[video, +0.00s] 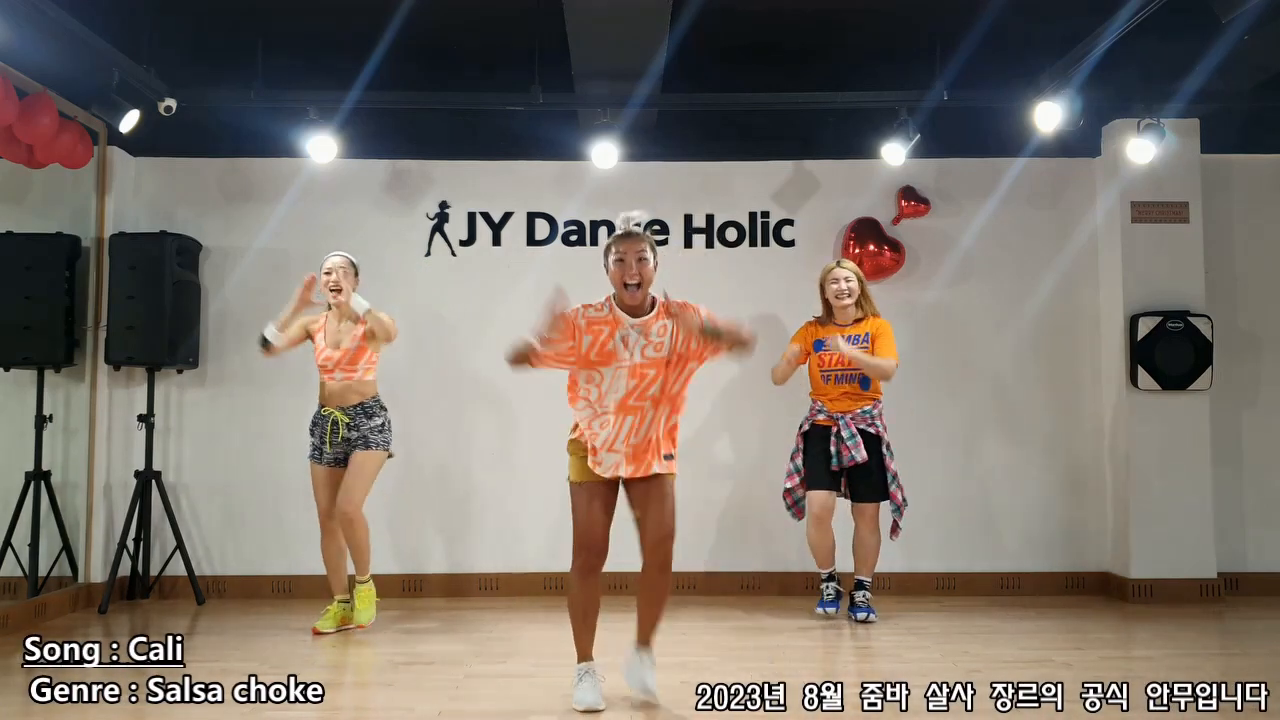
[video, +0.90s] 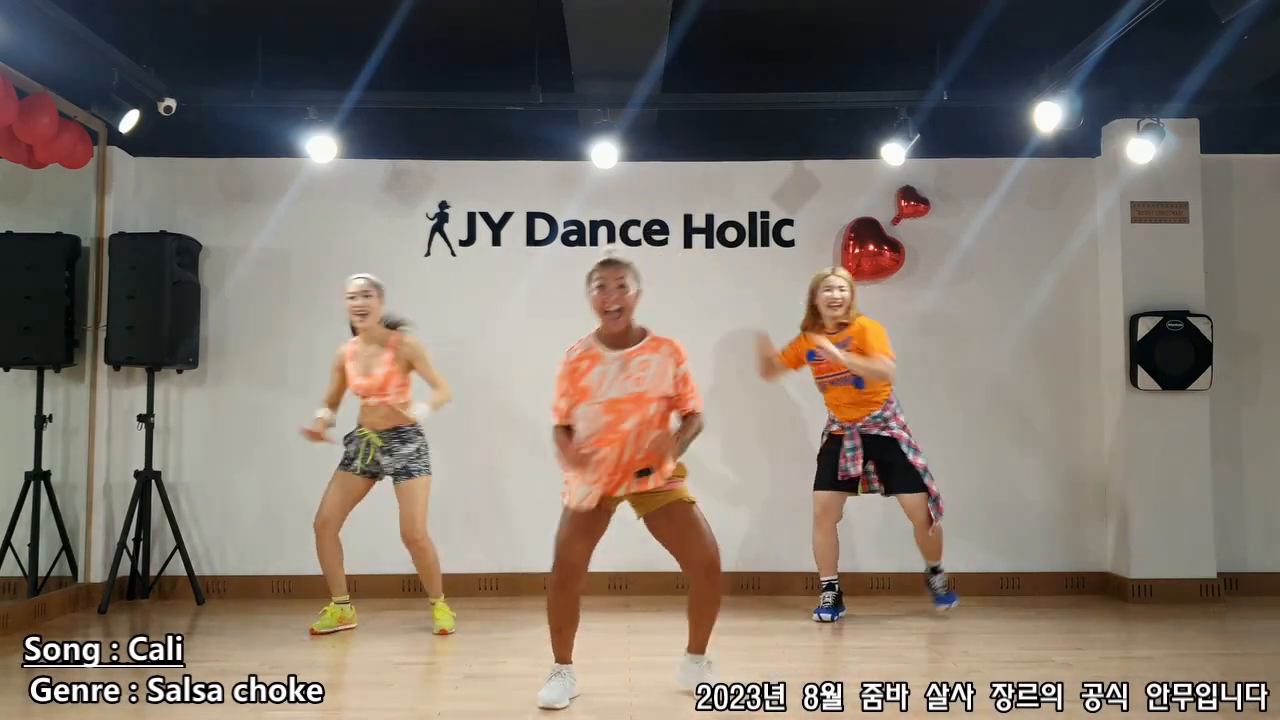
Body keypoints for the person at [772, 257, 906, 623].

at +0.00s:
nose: (842, 285)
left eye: (848, 279)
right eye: (834, 281)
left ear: (859, 288)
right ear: (824, 292)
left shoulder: (876, 326)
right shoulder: (810, 331)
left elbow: (887, 371)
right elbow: (778, 378)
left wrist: (849, 353)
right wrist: (790, 361)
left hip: (865, 428)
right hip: (822, 428)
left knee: (866, 515)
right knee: (818, 510)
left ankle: (861, 592)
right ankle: (828, 584)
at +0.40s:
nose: (812, 294)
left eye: (818, 288)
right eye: (804, 290)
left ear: (828, 298)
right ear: (793, 301)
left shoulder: (844, 331)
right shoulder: (787, 347)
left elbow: (862, 374)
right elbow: (768, 391)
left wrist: (813, 381)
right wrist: (765, 383)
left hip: (865, 426)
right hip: (823, 432)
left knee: (895, 507)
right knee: (818, 512)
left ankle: (885, 580)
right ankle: (829, 592)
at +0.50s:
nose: (810, 297)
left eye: (816, 291)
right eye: (801, 293)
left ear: (826, 299)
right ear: (789, 304)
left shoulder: (839, 327)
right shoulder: (784, 343)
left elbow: (835, 348)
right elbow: (748, 368)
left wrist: (789, 335)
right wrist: (741, 344)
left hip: (866, 425)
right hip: (824, 434)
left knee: (912, 501)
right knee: (813, 511)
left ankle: (929, 570)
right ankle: (829, 593)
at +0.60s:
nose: (808, 301)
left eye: (814, 297)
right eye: (802, 296)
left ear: (823, 304)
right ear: (790, 304)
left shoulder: (833, 330)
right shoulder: (785, 339)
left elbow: (802, 302)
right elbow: (743, 328)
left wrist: (762, 279)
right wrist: (725, 288)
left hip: (868, 429)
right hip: (826, 437)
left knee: (917, 504)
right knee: (811, 514)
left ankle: (966, 571)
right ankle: (829, 595)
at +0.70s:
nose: (808, 304)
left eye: (814, 299)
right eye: (802, 299)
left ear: (826, 306)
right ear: (791, 305)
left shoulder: (836, 331)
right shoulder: (790, 335)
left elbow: (807, 303)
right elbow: (746, 310)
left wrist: (764, 269)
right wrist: (716, 273)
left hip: (872, 432)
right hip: (832, 439)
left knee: (918, 508)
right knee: (813, 514)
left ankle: (970, 574)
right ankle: (829, 594)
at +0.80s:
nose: (820, 298)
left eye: (827, 293)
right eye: (812, 293)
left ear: (837, 301)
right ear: (800, 304)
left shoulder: (850, 325)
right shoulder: (796, 339)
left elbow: (849, 339)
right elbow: (749, 340)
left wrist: (801, 310)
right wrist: (736, 304)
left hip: (876, 427)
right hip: (836, 434)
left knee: (916, 509)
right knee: (818, 511)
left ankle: (955, 568)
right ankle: (829, 594)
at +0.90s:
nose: (836, 294)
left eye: (842, 288)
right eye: (828, 289)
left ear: (852, 296)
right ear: (815, 298)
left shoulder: (866, 329)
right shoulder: (808, 341)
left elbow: (887, 371)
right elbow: (770, 372)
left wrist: (840, 356)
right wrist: (765, 351)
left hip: (884, 430)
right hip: (841, 433)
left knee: (921, 511)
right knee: (824, 511)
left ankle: (936, 574)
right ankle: (830, 594)